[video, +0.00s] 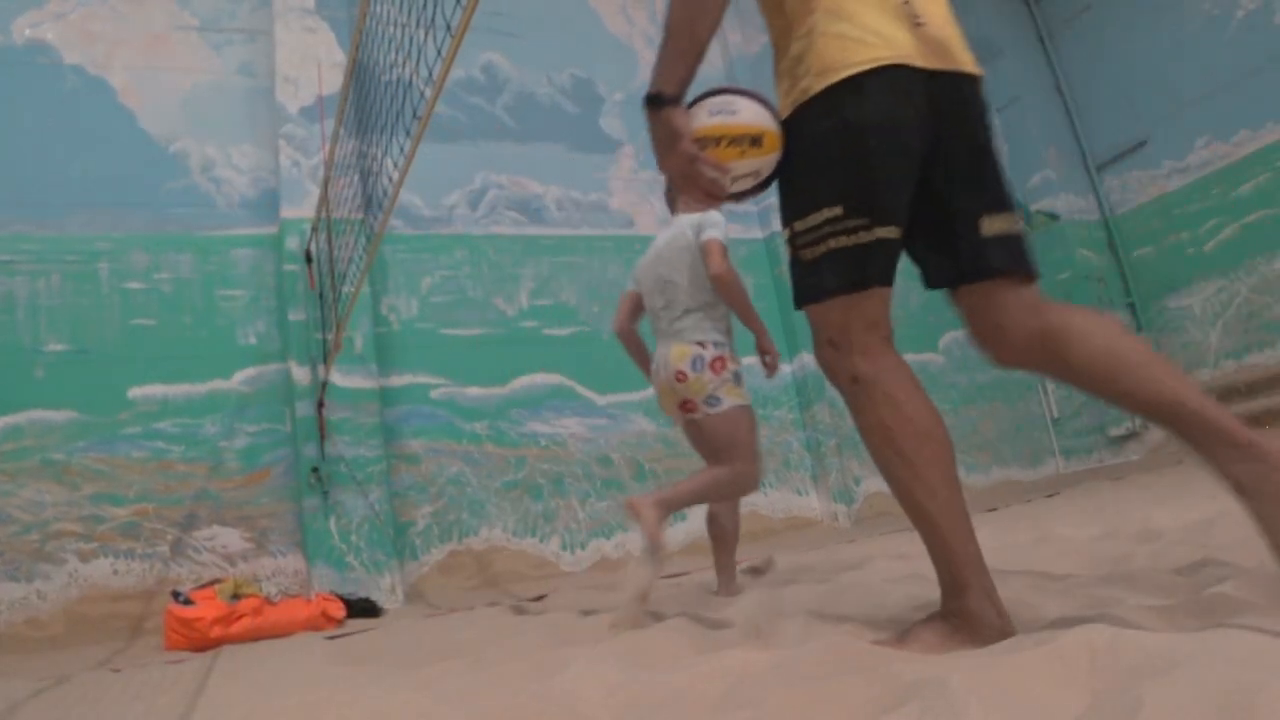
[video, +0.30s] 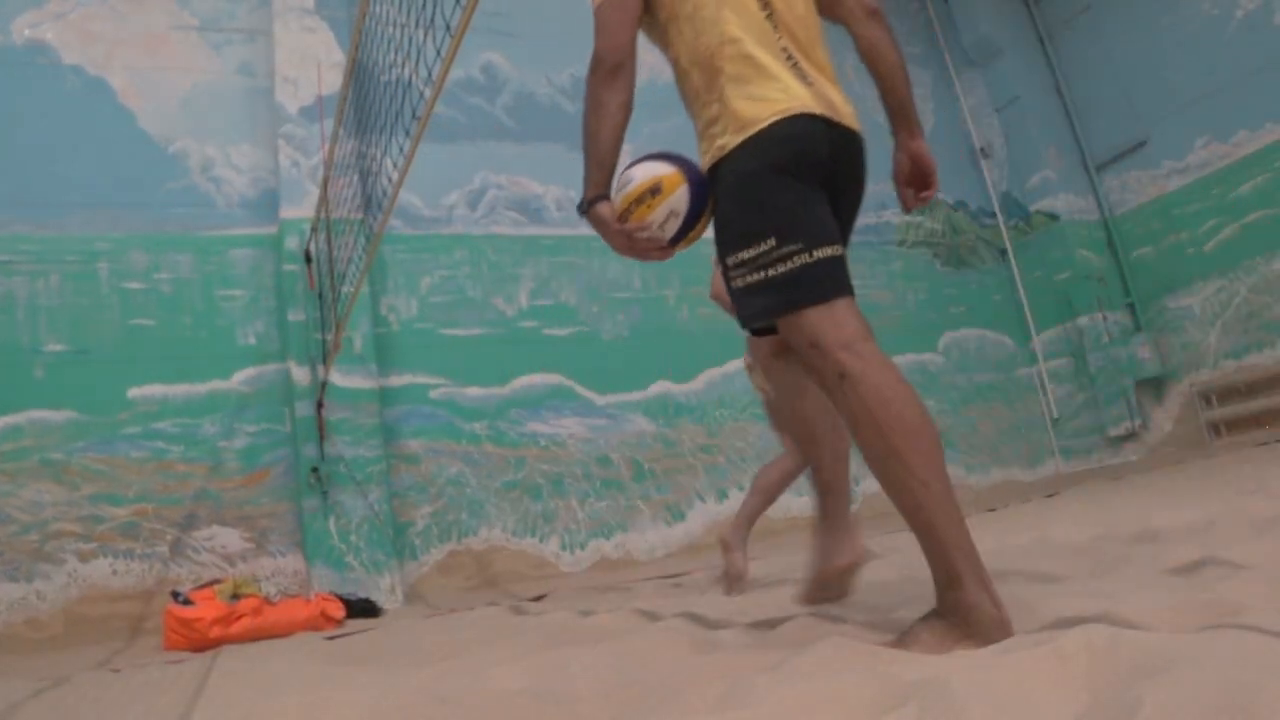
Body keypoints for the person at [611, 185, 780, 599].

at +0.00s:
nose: (721, 197)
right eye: (718, 188)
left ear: (672, 197)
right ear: (707, 192)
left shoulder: (653, 253)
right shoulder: (707, 221)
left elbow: (623, 325)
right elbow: (720, 271)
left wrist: (657, 375)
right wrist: (760, 333)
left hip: (666, 363)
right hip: (705, 356)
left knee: (723, 475)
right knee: (744, 470)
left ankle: (727, 583)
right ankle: (655, 504)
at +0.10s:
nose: (743, 204)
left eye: (741, 193)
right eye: (738, 194)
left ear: (701, 199)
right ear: (726, 196)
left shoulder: (690, 244)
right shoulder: (718, 226)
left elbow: (679, 326)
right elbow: (713, 282)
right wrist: (770, 333)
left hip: (694, 364)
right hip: (724, 359)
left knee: (743, 473)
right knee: (801, 442)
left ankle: (732, 581)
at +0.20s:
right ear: (753, 180)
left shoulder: (769, 225)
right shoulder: (730, 217)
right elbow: (709, 277)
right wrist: (760, 320)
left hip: (733, 347)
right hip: (747, 346)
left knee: (754, 457)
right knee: (827, 420)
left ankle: (728, 568)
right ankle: (803, 529)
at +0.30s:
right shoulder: (743, 239)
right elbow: (719, 290)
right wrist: (765, 317)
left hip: (807, 343)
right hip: (769, 348)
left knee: (832, 444)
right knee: (799, 449)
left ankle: (835, 543)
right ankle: (736, 532)